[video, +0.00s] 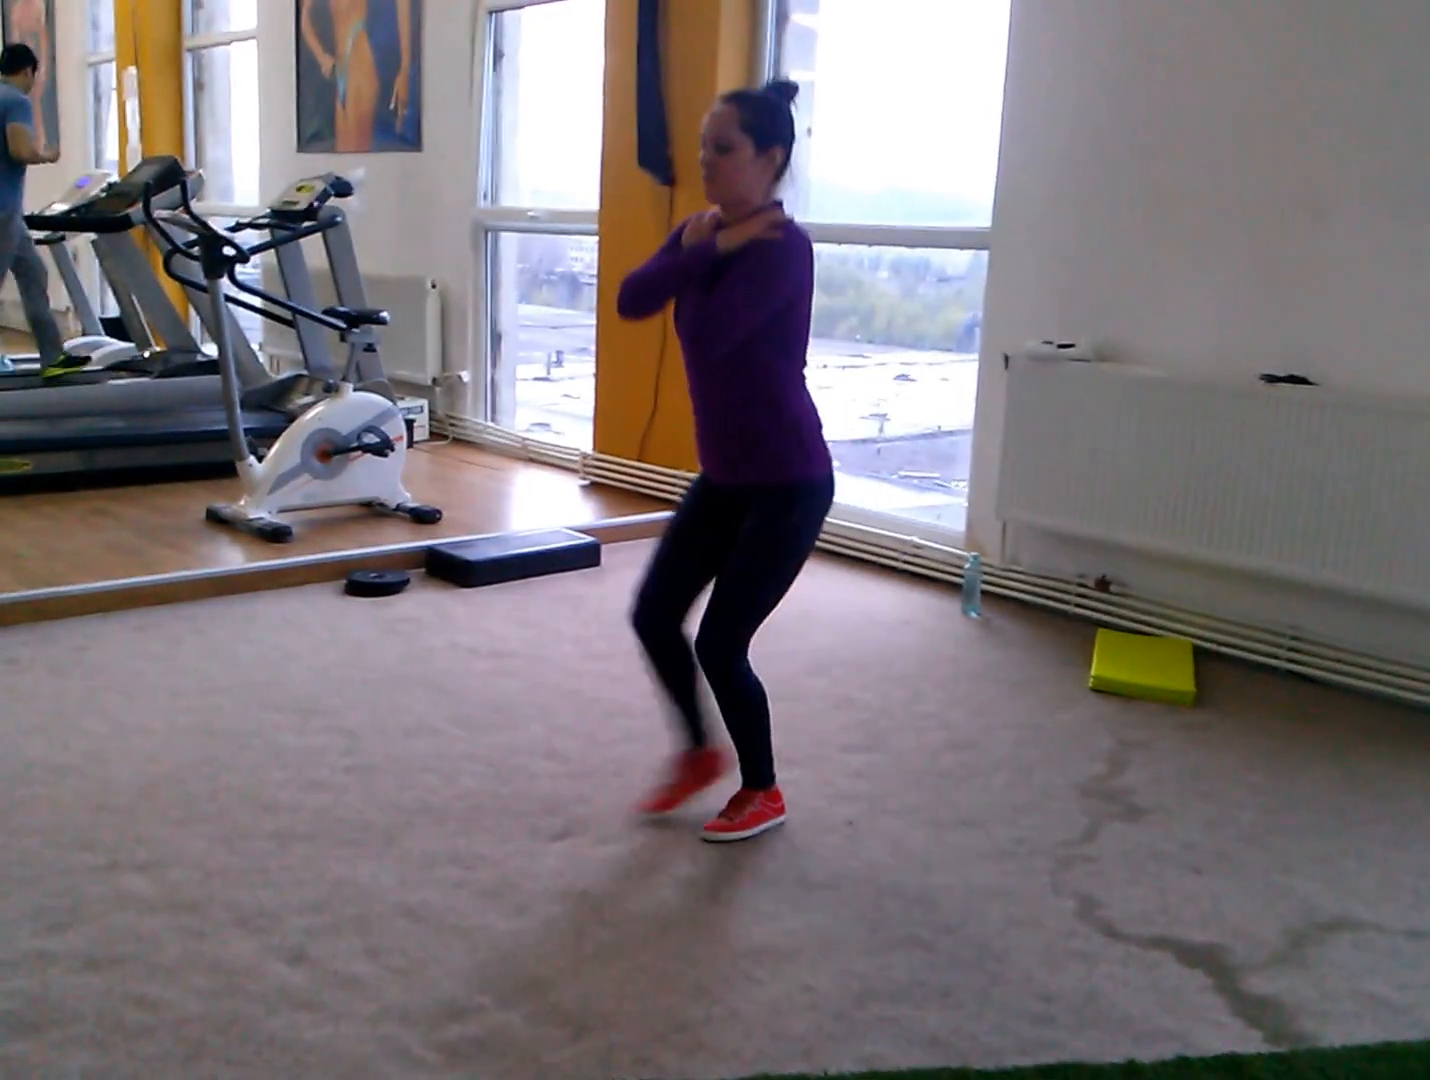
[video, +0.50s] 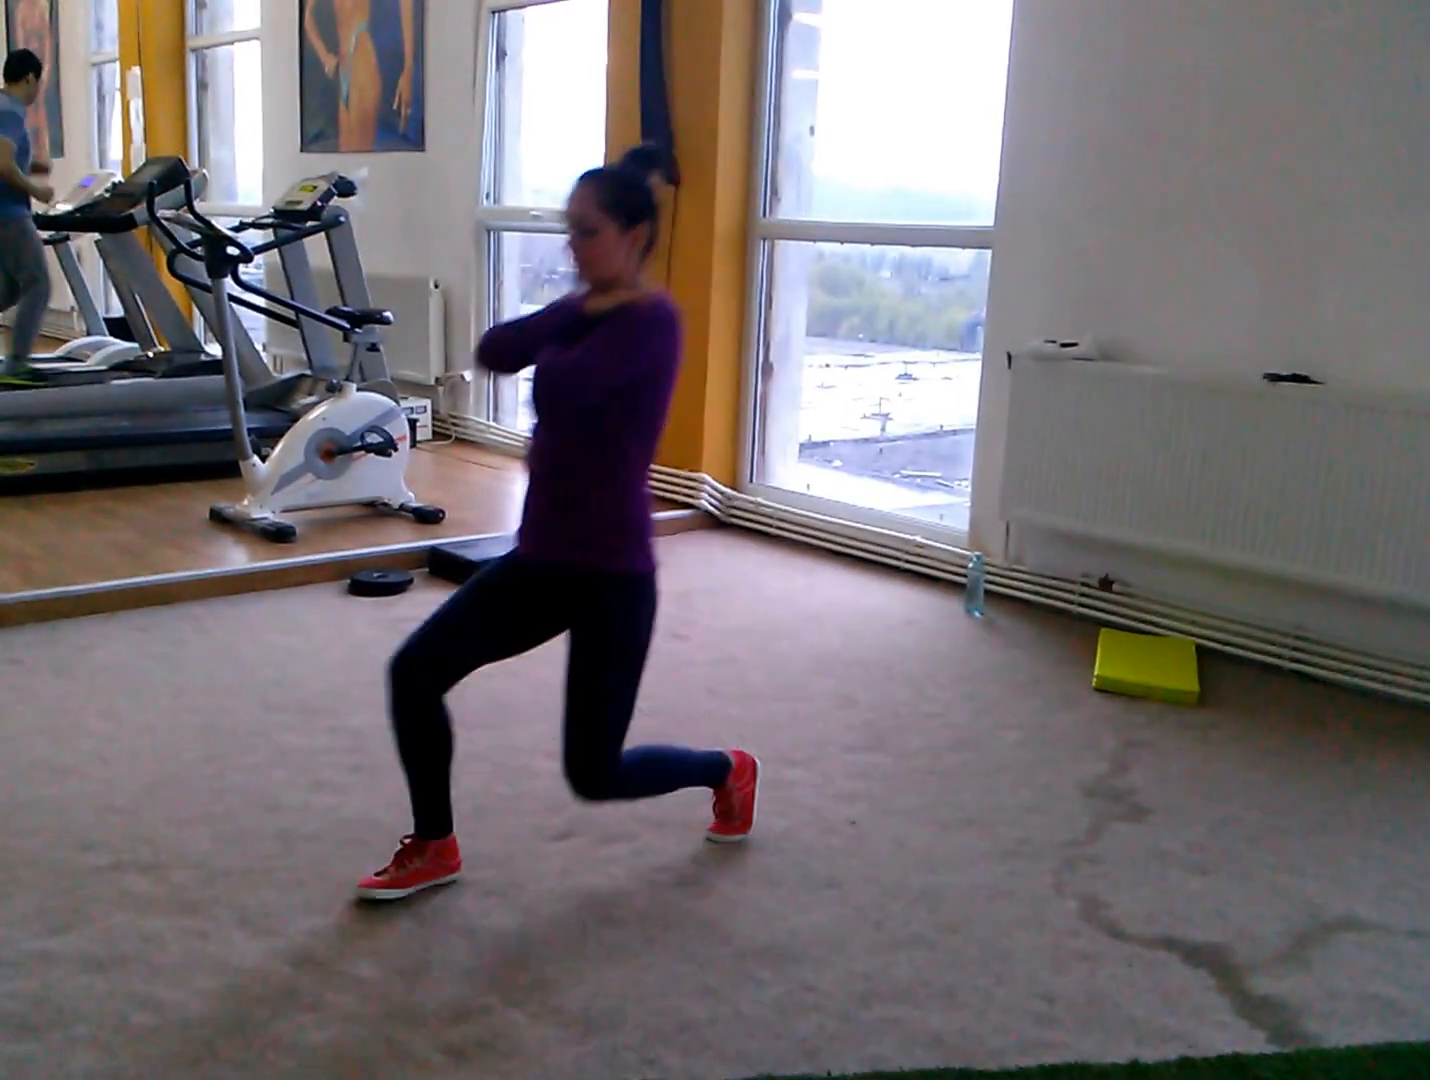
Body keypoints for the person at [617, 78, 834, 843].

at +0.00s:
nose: (706, 163)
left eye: (723, 150)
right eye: (704, 149)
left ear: (771, 160)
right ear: (707, 156)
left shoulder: (783, 247)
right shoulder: (699, 236)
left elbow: (709, 333)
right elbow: (631, 302)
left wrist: (690, 252)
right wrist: (706, 245)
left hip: (790, 484)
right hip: (723, 477)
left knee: (721, 645)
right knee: (654, 615)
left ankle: (761, 789)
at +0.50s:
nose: (572, 248)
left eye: (586, 233)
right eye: (569, 233)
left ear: (637, 237)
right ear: (605, 237)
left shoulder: (654, 322)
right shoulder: (582, 313)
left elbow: (573, 394)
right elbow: (492, 354)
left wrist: (538, 351)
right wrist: (582, 309)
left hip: (613, 577)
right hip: (540, 563)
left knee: (594, 774)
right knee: (415, 672)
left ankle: (727, 771)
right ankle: (433, 844)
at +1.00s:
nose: (478, 317)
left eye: (491, 301)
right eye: (475, 303)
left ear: (546, 304)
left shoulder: (576, 394)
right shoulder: (498, 386)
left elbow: (483, 486)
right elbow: (420, 453)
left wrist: (497, 401)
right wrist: (501, 386)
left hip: (584, 642)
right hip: (512, 628)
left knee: (572, 840)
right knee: (388, 689)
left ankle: (715, 777)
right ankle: (433, 844)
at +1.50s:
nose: (672, 164)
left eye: (688, 148)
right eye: (669, 150)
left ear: (739, 154)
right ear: (677, 157)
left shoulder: (760, 238)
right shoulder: (684, 237)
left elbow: (675, 304)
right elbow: (602, 268)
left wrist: (671, 242)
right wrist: (694, 226)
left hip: (731, 489)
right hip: (660, 481)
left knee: (689, 671)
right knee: (551, 606)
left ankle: (760, 780)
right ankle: (533, 778)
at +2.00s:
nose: (801, 198)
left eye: (817, 185)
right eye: (798, 184)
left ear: (861, 195)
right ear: (799, 190)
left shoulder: (878, 275)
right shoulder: (798, 263)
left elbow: (809, 347)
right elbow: (730, 309)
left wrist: (784, 280)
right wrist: (817, 262)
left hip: (868, 494)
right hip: (814, 491)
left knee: (767, 625)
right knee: (877, 612)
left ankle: (764, 785)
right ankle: (948, 676)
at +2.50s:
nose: (886, 311)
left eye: (900, 302)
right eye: (884, 298)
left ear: (944, 311)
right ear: (880, 296)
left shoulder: (948, 384)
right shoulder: (869, 346)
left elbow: (867, 444)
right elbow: (801, 382)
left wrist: (873, 362)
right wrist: (896, 365)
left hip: (887, 568)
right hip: (831, 555)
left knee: (771, 623)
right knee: (868, 691)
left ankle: (772, 787)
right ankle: (977, 678)